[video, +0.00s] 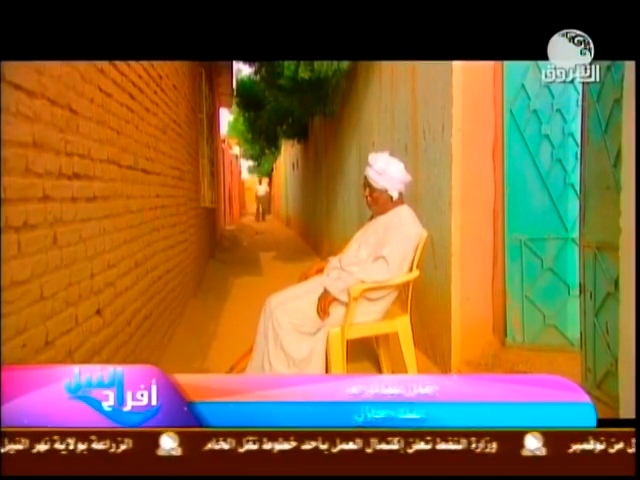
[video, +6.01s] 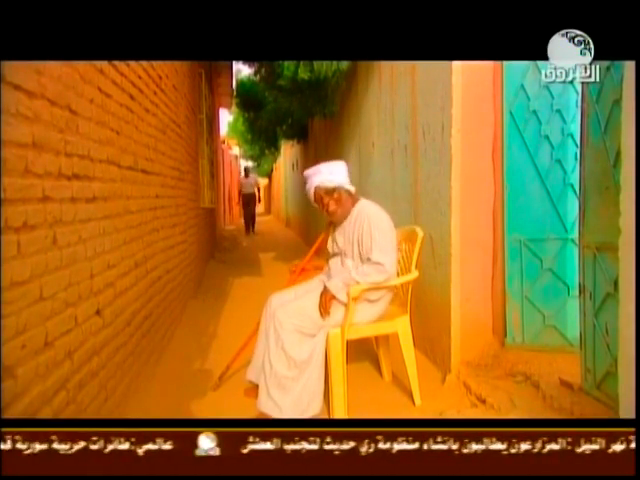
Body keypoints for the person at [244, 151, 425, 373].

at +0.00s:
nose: (366, 195)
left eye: (373, 190)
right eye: (366, 188)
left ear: (392, 193)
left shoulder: (404, 223)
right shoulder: (385, 217)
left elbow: (387, 271)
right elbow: (356, 253)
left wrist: (335, 288)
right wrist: (326, 266)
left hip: (359, 299)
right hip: (340, 282)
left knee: (282, 315)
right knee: (274, 305)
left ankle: (280, 386)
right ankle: (267, 379)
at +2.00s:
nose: (378, 182)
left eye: (387, 178)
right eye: (380, 176)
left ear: (402, 189)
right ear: (379, 180)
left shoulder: (405, 223)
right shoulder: (384, 216)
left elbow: (388, 271)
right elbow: (356, 254)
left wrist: (337, 288)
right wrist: (326, 265)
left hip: (362, 300)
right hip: (343, 283)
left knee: (283, 315)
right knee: (274, 304)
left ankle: (289, 405)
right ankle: (266, 379)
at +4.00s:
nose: (379, 192)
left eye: (386, 185)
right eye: (373, 187)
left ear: (400, 190)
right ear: (367, 193)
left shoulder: (405, 223)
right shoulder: (378, 219)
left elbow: (386, 270)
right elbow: (351, 256)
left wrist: (335, 291)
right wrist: (323, 270)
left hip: (363, 300)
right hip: (340, 284)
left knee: (285, 316)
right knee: (275, 304)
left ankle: (289, 406)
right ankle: (265, 377)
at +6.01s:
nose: (326, 208)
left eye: (328, 199)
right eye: (320, 203)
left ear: (343, 193)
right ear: (320, 204)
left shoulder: (372, 216)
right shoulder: (343, 219)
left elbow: (384, 270)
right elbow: (340, 260)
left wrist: (337, 281)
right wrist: (328, 285)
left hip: (367, 298)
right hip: (340, 285)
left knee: (287, 318)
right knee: (276, 304)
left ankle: (289, 406)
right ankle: (266, 380)